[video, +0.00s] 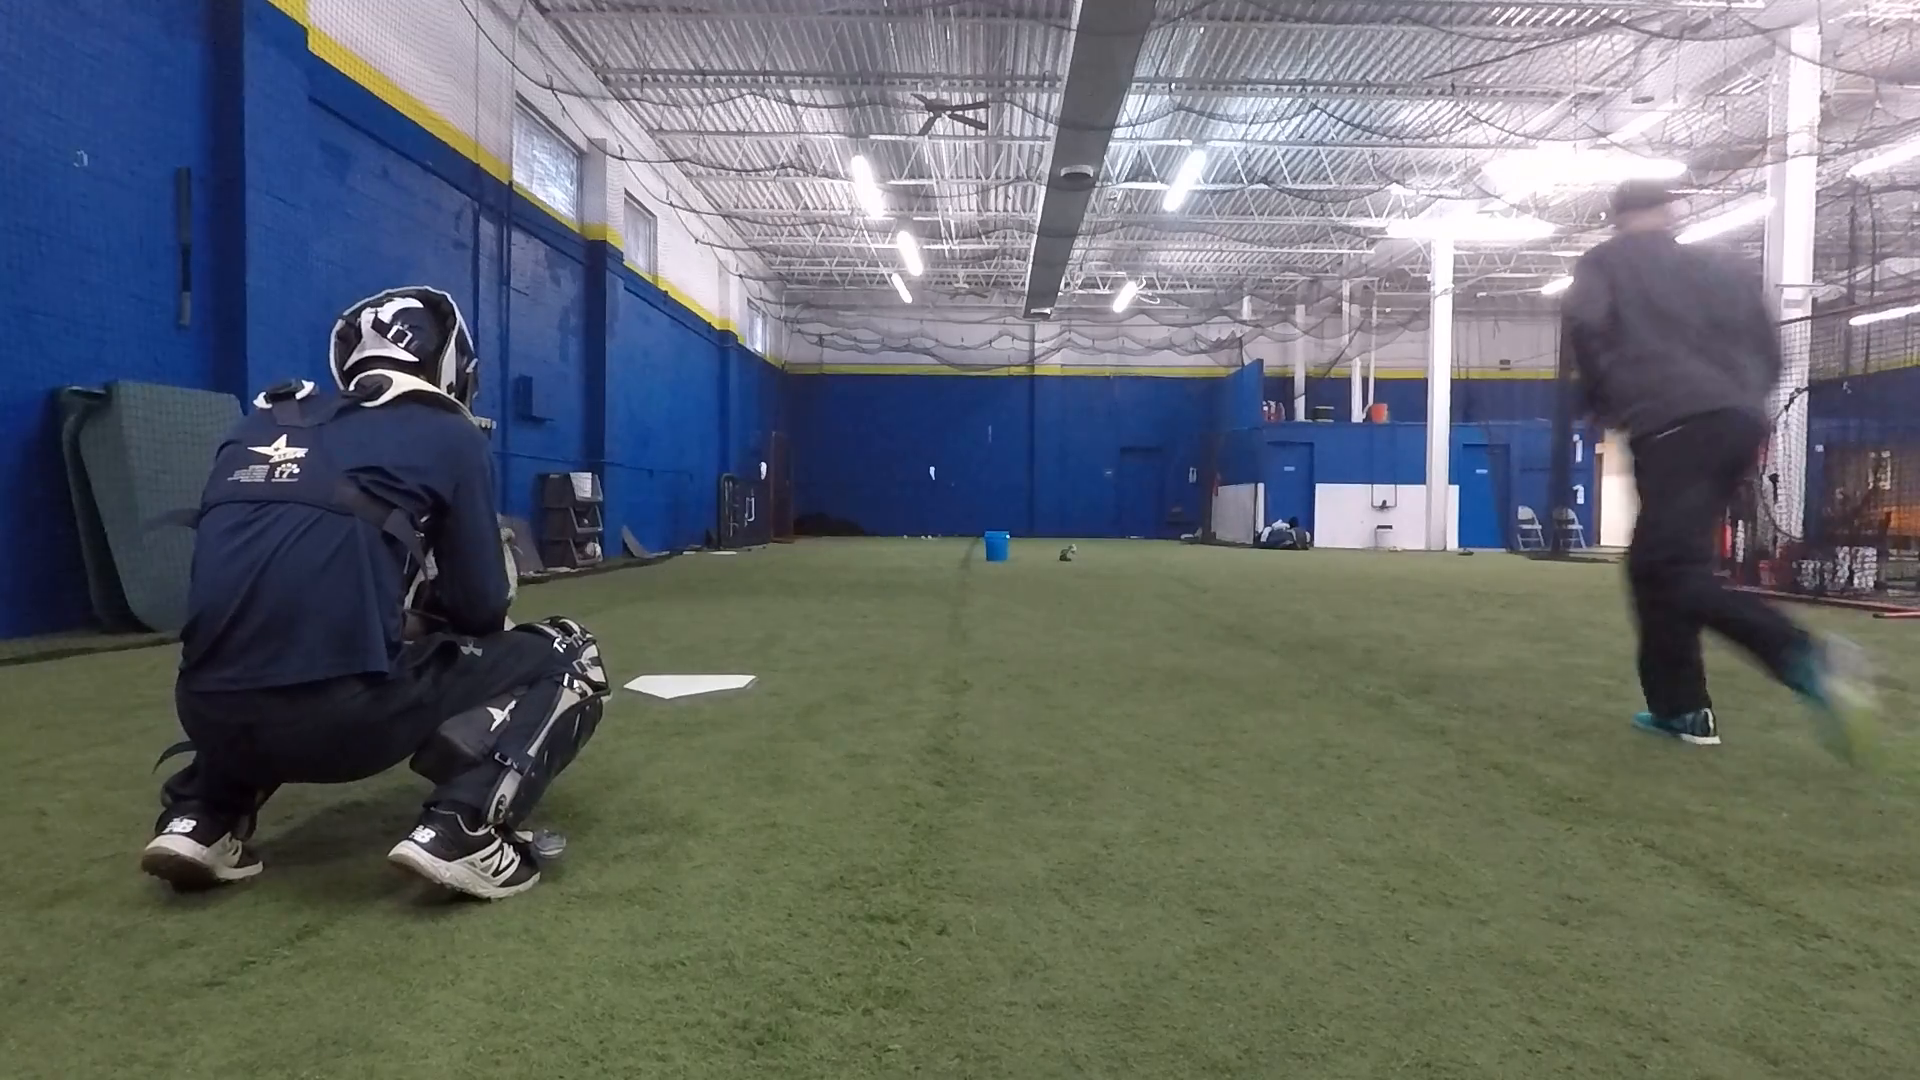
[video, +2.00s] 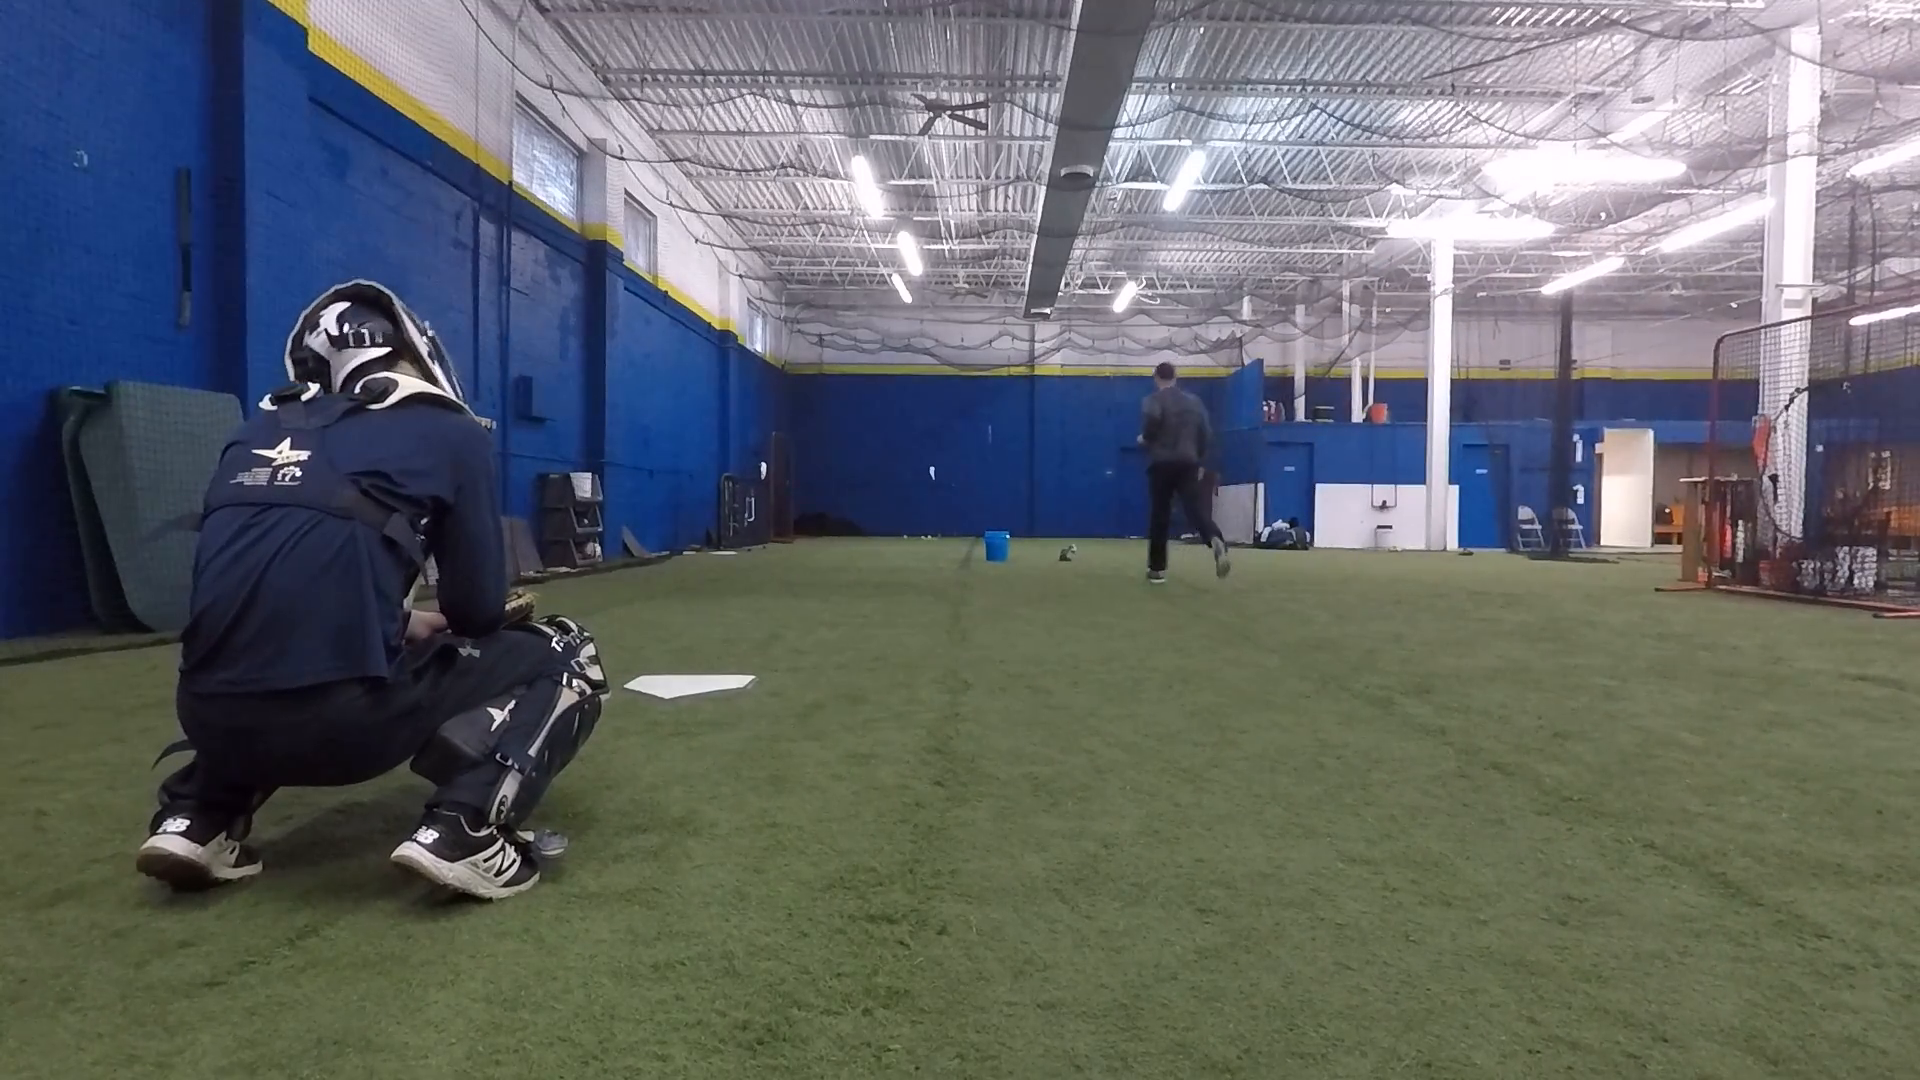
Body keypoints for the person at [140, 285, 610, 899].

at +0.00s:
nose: (466, 377)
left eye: (464, 362)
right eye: (462, 361)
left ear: (347, 361)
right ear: (448, 363)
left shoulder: (259, 423)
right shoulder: (450, 433)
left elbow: (238, 571)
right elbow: (482, 607)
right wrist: (418, 587)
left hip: (218, 717)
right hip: (348, 718)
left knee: (276, 616)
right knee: (571, 654)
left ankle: (202, 816)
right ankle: (462, 826)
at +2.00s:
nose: (435, 356)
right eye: (426, 346)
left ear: (306, 371)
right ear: (414, 353)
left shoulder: (255, 430)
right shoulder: (450, 430)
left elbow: (256, 588)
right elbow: (479, 610)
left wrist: (404, 623)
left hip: (219, 722)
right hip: (347, 724)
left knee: (277, 630)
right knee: (568, 654)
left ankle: (197, 817)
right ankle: (464, 827)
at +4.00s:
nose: (476, 368)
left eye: (475, 350)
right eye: (468, 348)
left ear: (360, 352)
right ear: (436, 346)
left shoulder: (276, 423)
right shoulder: (449, 437)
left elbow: (264, 586)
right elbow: (472, 613)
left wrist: (400, 624)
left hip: (221, 722)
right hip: (345, 725)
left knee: (286, 630)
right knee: (566, 659)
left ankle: (196, 816)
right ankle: (466, 825)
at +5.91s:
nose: (489, 345)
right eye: (483, 331)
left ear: (369, 333)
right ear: (473, 338)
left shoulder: (294, 408)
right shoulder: (502, 433)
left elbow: (260, 556)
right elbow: (515, 597)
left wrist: (315, 614)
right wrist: (453, 652)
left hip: (270, 683)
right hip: (417, 691)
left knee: (278, 635)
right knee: (570, 669)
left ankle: (199, 831)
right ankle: (462, 822)